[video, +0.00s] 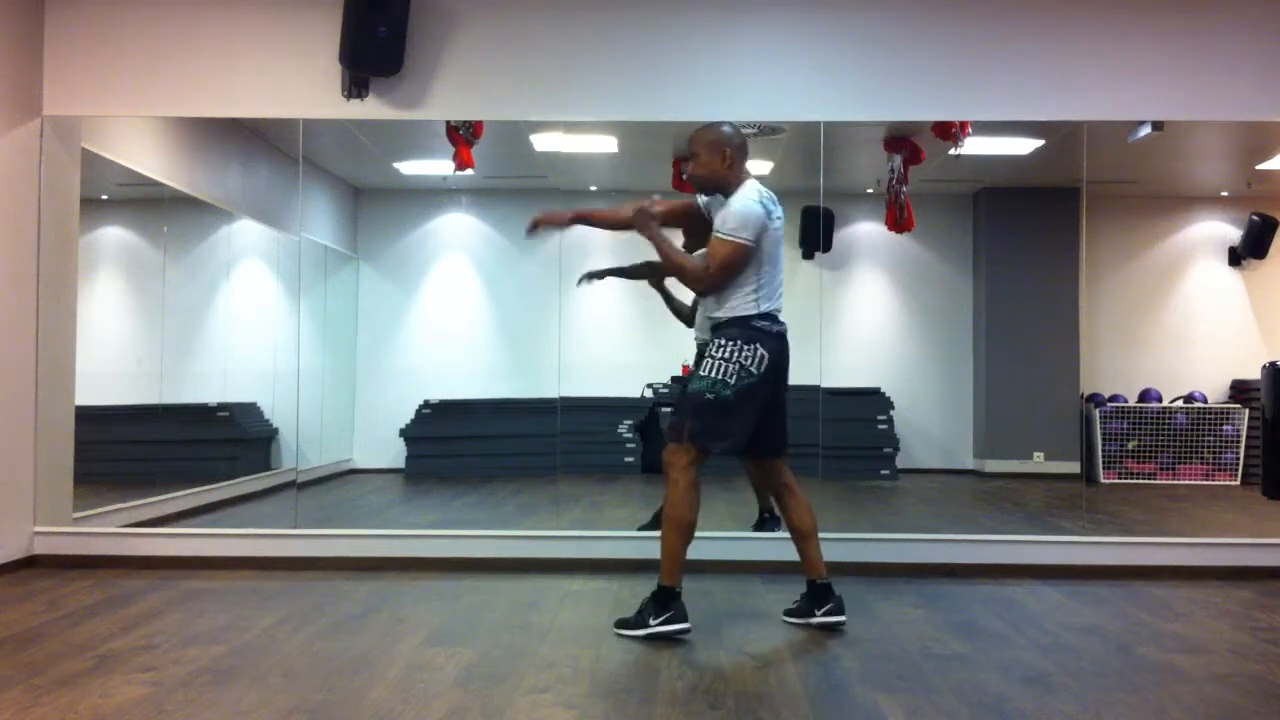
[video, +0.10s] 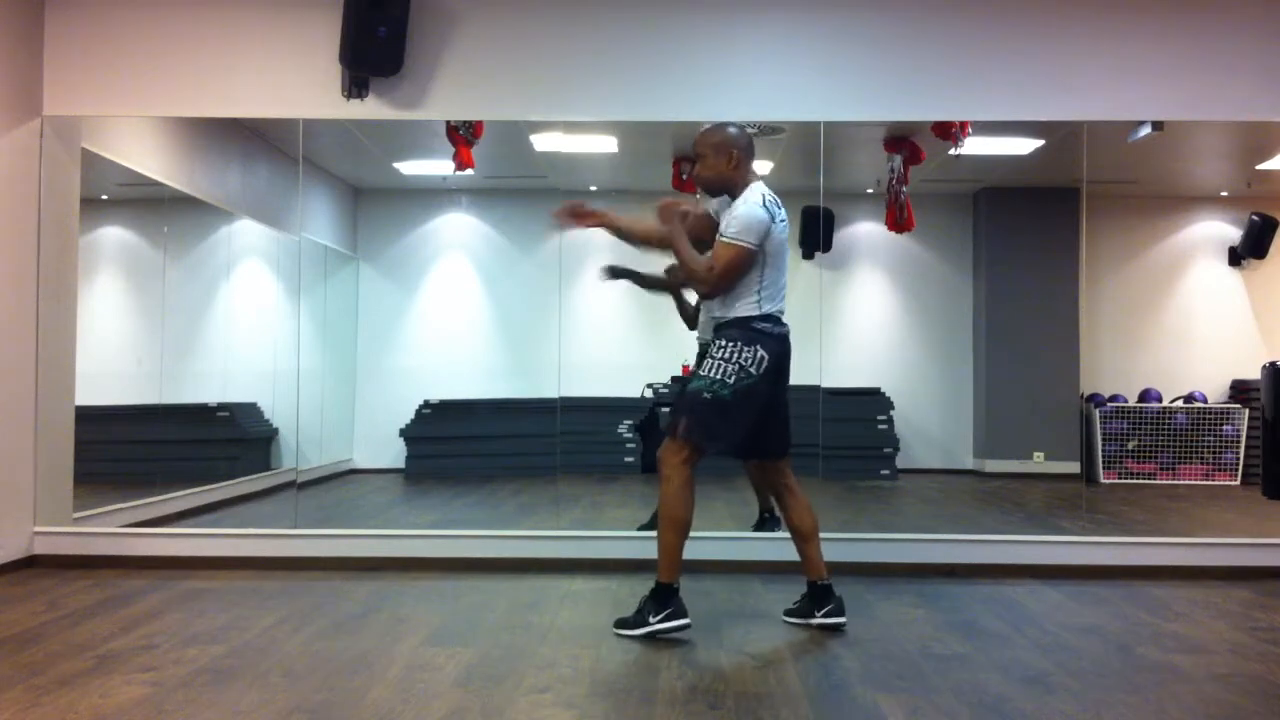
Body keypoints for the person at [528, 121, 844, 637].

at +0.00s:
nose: (688, 170)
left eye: (694, 159)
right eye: (687, 161)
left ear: (726, 158)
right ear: (730, 158)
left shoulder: (746, 205)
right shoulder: (730, 201)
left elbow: (704, 278)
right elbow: (647, 213)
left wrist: (652, 233)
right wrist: (572, 217)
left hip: (738, 344)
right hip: (755, 343)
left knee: (681, 458)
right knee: (773, 469)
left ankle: (666, 599)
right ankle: (821, 592)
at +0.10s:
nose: (694, 171)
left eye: (700, 161)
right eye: (694, 162)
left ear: (732, 160)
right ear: (733, 161)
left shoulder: (753, 205)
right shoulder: (738, 206)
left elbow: (711, 278)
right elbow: (666, 234)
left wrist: (675, 232)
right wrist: (604, 219)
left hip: (740, 344)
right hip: (757, 344)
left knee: (675, 455)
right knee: (774, 473)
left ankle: (665, 597)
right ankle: (821, 592)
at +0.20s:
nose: (694, 169)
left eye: (699, 158)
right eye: (694, 159)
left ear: (730, 156)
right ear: (738, 157)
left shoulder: (742, 200)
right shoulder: (766, 200)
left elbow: (694, 265)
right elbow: (720, 280)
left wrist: (669, 221)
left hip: (736, 342)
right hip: (765, 343)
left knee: (672, 456)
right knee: (780, 471)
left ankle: (666, 596)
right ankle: (821, 592)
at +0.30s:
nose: (692, 166)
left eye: (697, 156)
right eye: (692, 157)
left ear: (725, 153)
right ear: (737, 155)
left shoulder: (724, 197)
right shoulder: (775, 204)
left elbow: (654, 235)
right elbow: (723, 275)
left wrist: (616, 212)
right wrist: (683, 228)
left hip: (726, 345)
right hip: (765, 346)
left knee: (672, 459)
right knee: (777, 470)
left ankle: (667, 599)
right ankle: (818, 590)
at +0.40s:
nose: (691, 168)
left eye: (695, 158)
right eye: (691, 159)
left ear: (720, 156)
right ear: (740, 157)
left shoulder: (711, 198)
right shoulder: (775, 206)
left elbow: (633, 231)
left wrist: (584, 211)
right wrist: (688, 263)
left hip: (724, 344)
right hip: (765, 344)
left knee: (668, 460)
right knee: (768, 470)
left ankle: (665, 599)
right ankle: (805, 583)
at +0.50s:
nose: (692, 170)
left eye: (695, 161)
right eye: (692, 162)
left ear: (718, 157)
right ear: (739, 158)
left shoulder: (719, 202)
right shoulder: (778, 207)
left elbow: (654, 262)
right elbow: (744, 275)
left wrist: (622, 215)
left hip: (724, 347)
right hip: (768, 349)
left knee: (644, 441)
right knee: (771, 471)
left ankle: (649, 580)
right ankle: (806, 591)